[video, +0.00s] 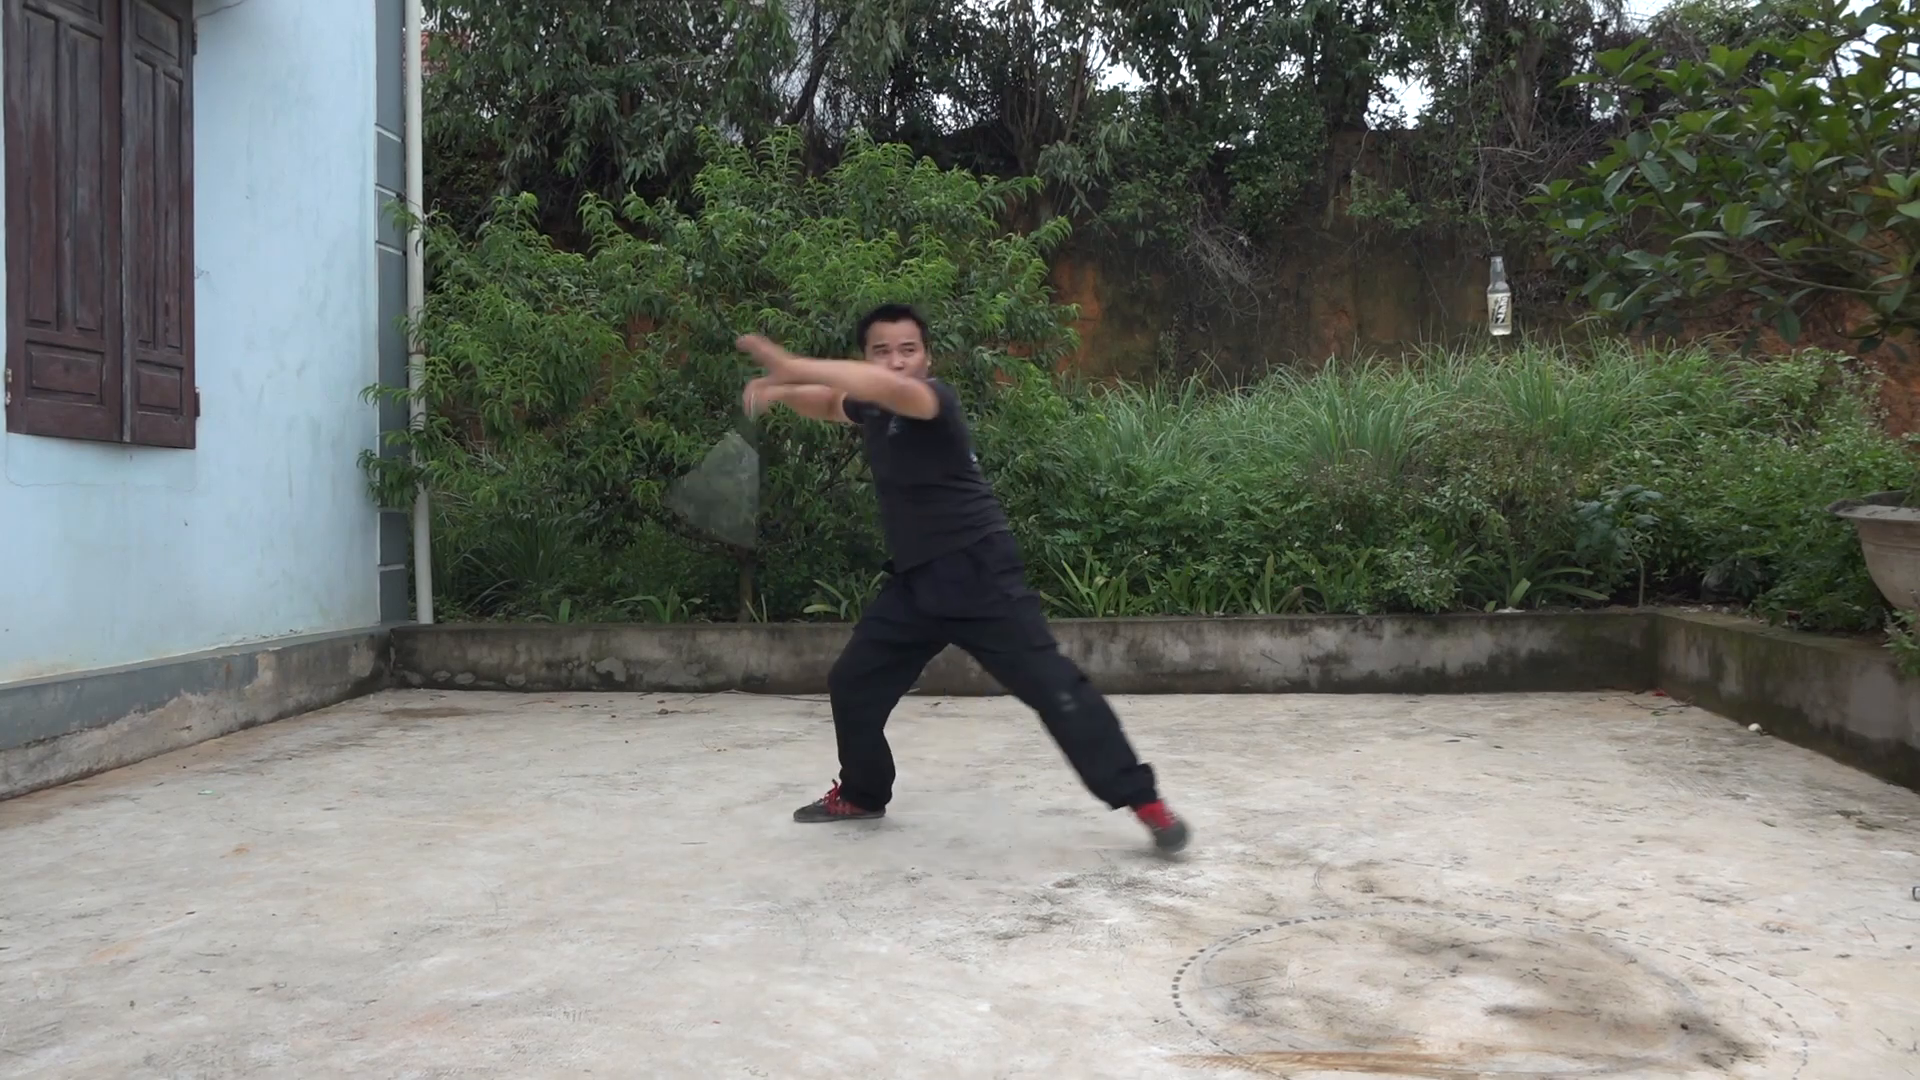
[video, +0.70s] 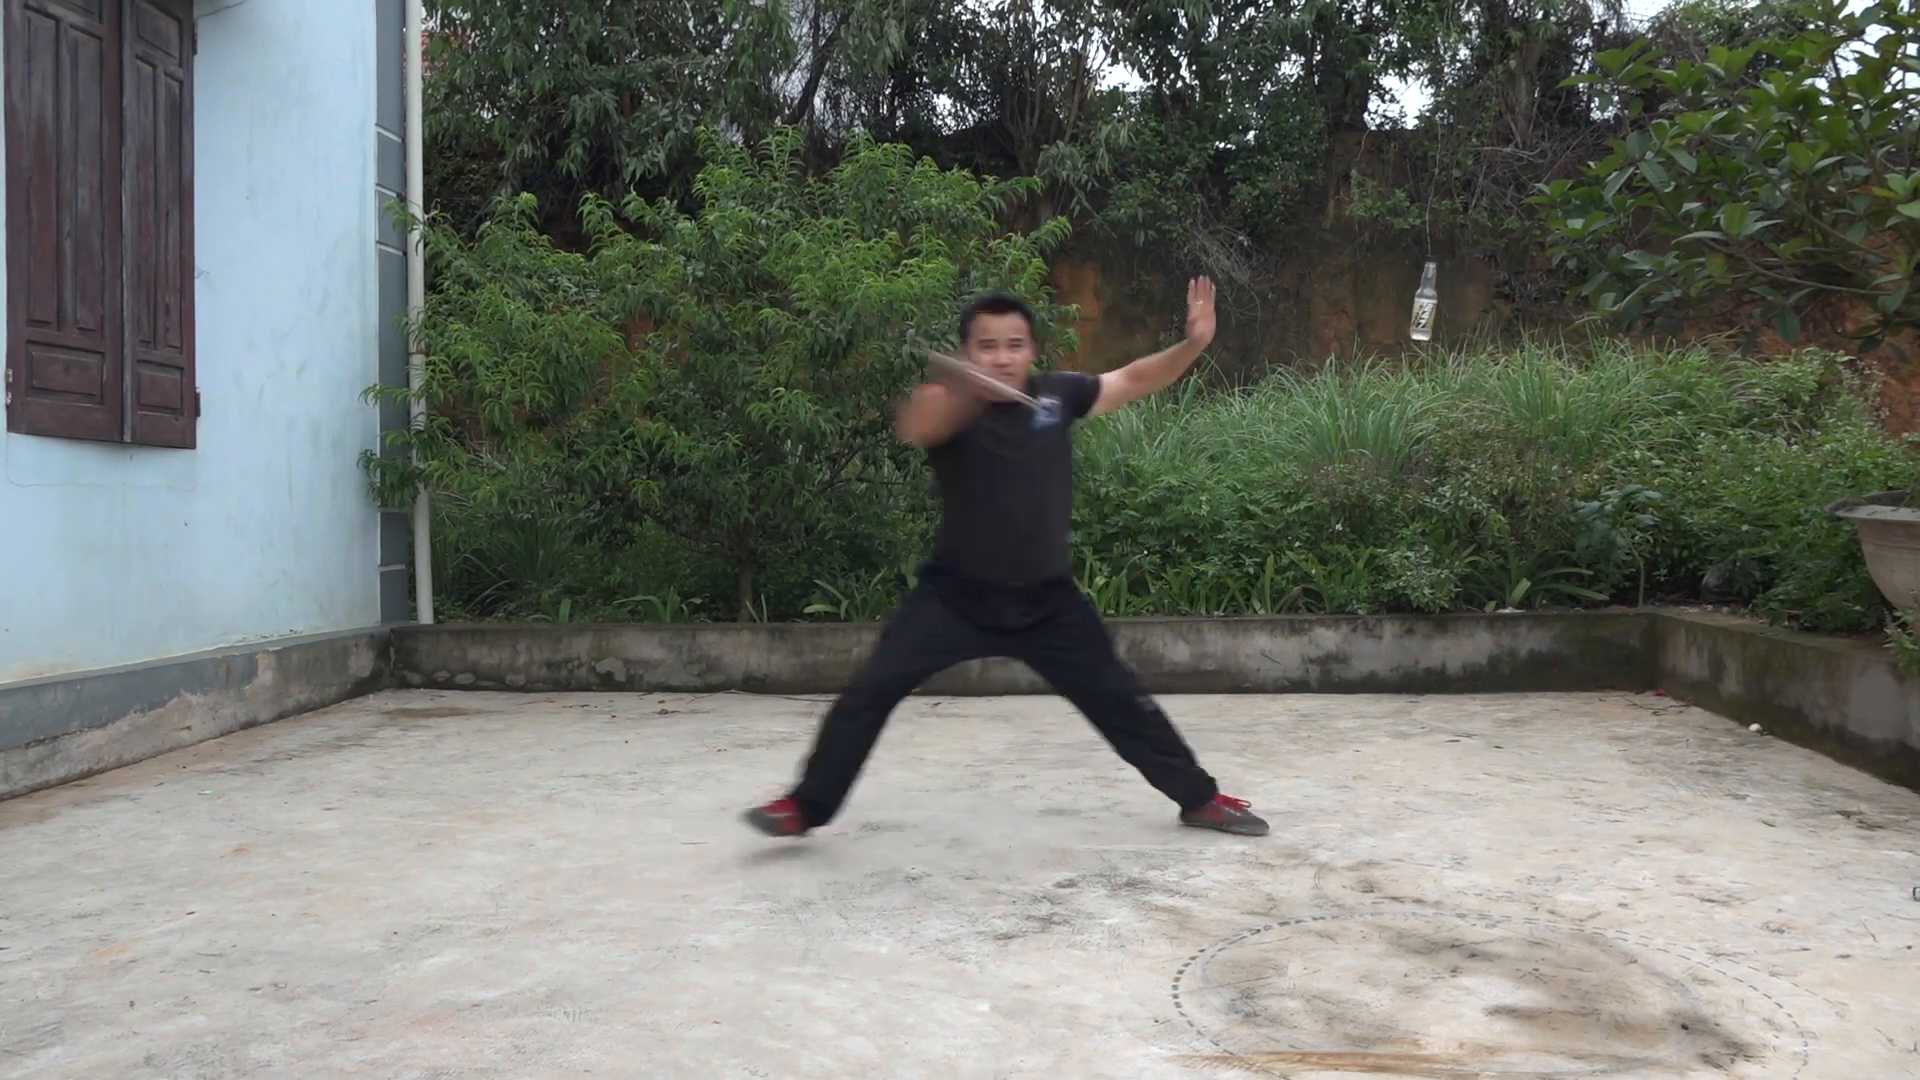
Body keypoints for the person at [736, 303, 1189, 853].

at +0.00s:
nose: (897, 361)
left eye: (908, 349)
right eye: (882, 353)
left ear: (927, 356)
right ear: (867, 360)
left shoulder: (933, 400)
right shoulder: (870, 411)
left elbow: (880, 385)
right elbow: (830, 403)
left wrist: (794, 367)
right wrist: (781, 392)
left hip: (979, 571)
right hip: (917, 581)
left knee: (1053, 686)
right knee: (854, 683)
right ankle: (862, 793)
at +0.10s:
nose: (938, 353)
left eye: (946, 342)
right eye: (921, 343)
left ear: (958, 352)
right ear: (892, 357)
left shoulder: (972, 399)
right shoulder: (886, 419)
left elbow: (1001, 351)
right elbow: (838, 433)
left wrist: (951, 311)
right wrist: (818, 367)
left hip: (1011, 581)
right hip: (929, 589)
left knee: (1104, 679)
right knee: (867, 690)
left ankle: (1188, 786)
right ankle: (863, 792)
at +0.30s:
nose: (1046, 326)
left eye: (1047, 316)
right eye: (1028, 319)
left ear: (1054, 325)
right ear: (993, 339)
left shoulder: (1073, 368)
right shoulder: (990, 401)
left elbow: (1145, 335)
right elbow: (994, 428)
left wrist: (1143, 305)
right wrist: (942, 350)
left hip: (1114, 567)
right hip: (1042, 574)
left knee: (1181, 679)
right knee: (993, 679)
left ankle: (1205, 796)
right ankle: (939, 746)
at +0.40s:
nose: (1077, 326)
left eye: (1079, 316)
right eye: (1059, 318)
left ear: (1085, 325)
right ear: (1024, 337)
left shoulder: (1075, 375)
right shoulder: (1037, 383)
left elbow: (1135, 327)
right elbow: (1134, 429)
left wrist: (1122, 326)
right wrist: (1211, 432)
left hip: (1110, 567)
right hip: (1043, 573)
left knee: (1179, 681)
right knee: (1045, 708)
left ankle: (1202, 797)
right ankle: (1063, 758)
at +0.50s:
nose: (1097, 345)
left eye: (1102, 334)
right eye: (1079, 336)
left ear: (1109, 344)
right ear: (1046, 355)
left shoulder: (1088, 393)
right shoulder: (1065, 405)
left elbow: (1158, 346)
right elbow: (1132, 495)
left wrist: (1145, 348)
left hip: (1115, 580)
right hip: (1053, 587)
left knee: (1189, 680)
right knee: (1052, 732)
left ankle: (1204, 799)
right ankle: (1043, 760)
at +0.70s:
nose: (1002, 357)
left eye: (1014, 345)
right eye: (988, 345)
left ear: (1033, 351)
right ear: (966, 352)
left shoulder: (1059, 396)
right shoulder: (948, 402)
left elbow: (1133, 381)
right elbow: (914, 427)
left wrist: (1193, 345)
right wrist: (966, 391)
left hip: (1048, 602)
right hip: (956, 599)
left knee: (1120, 697)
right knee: (871, 688)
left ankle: (1200, 799)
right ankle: (807, 804)